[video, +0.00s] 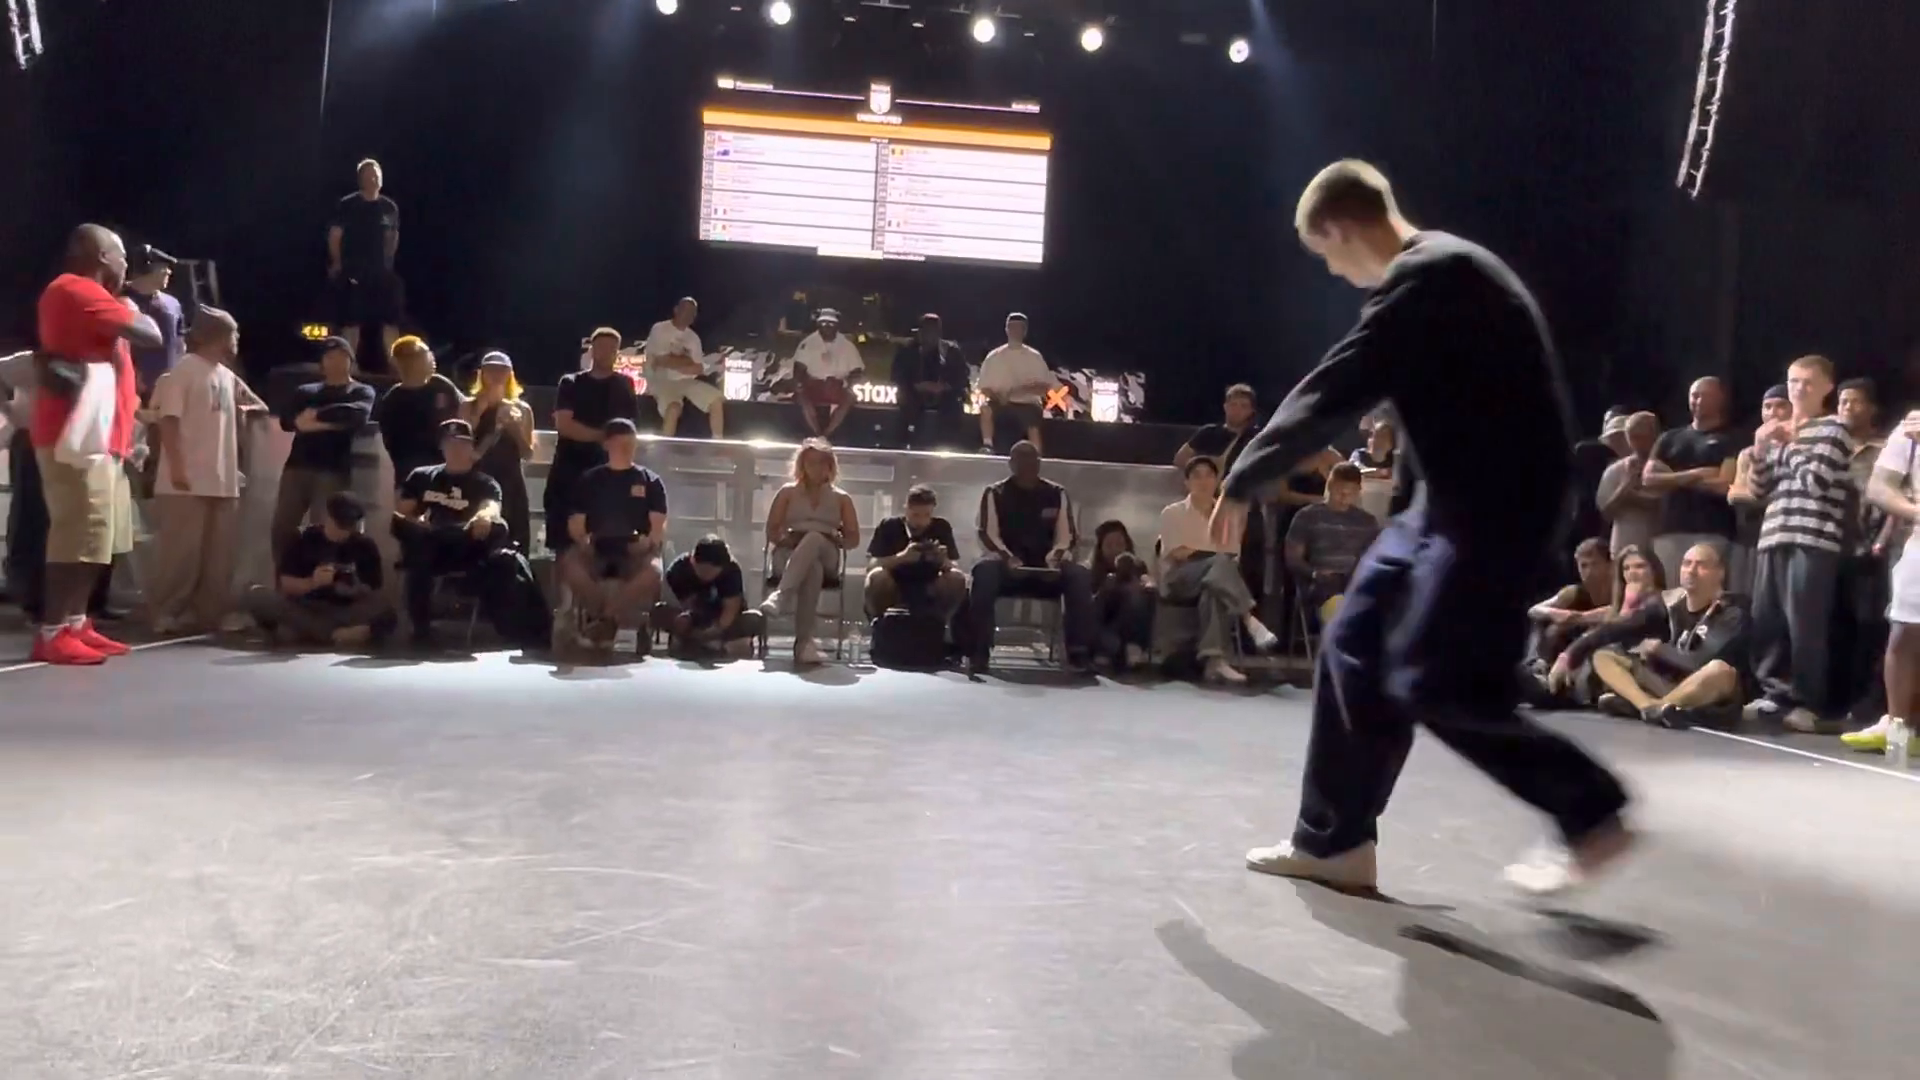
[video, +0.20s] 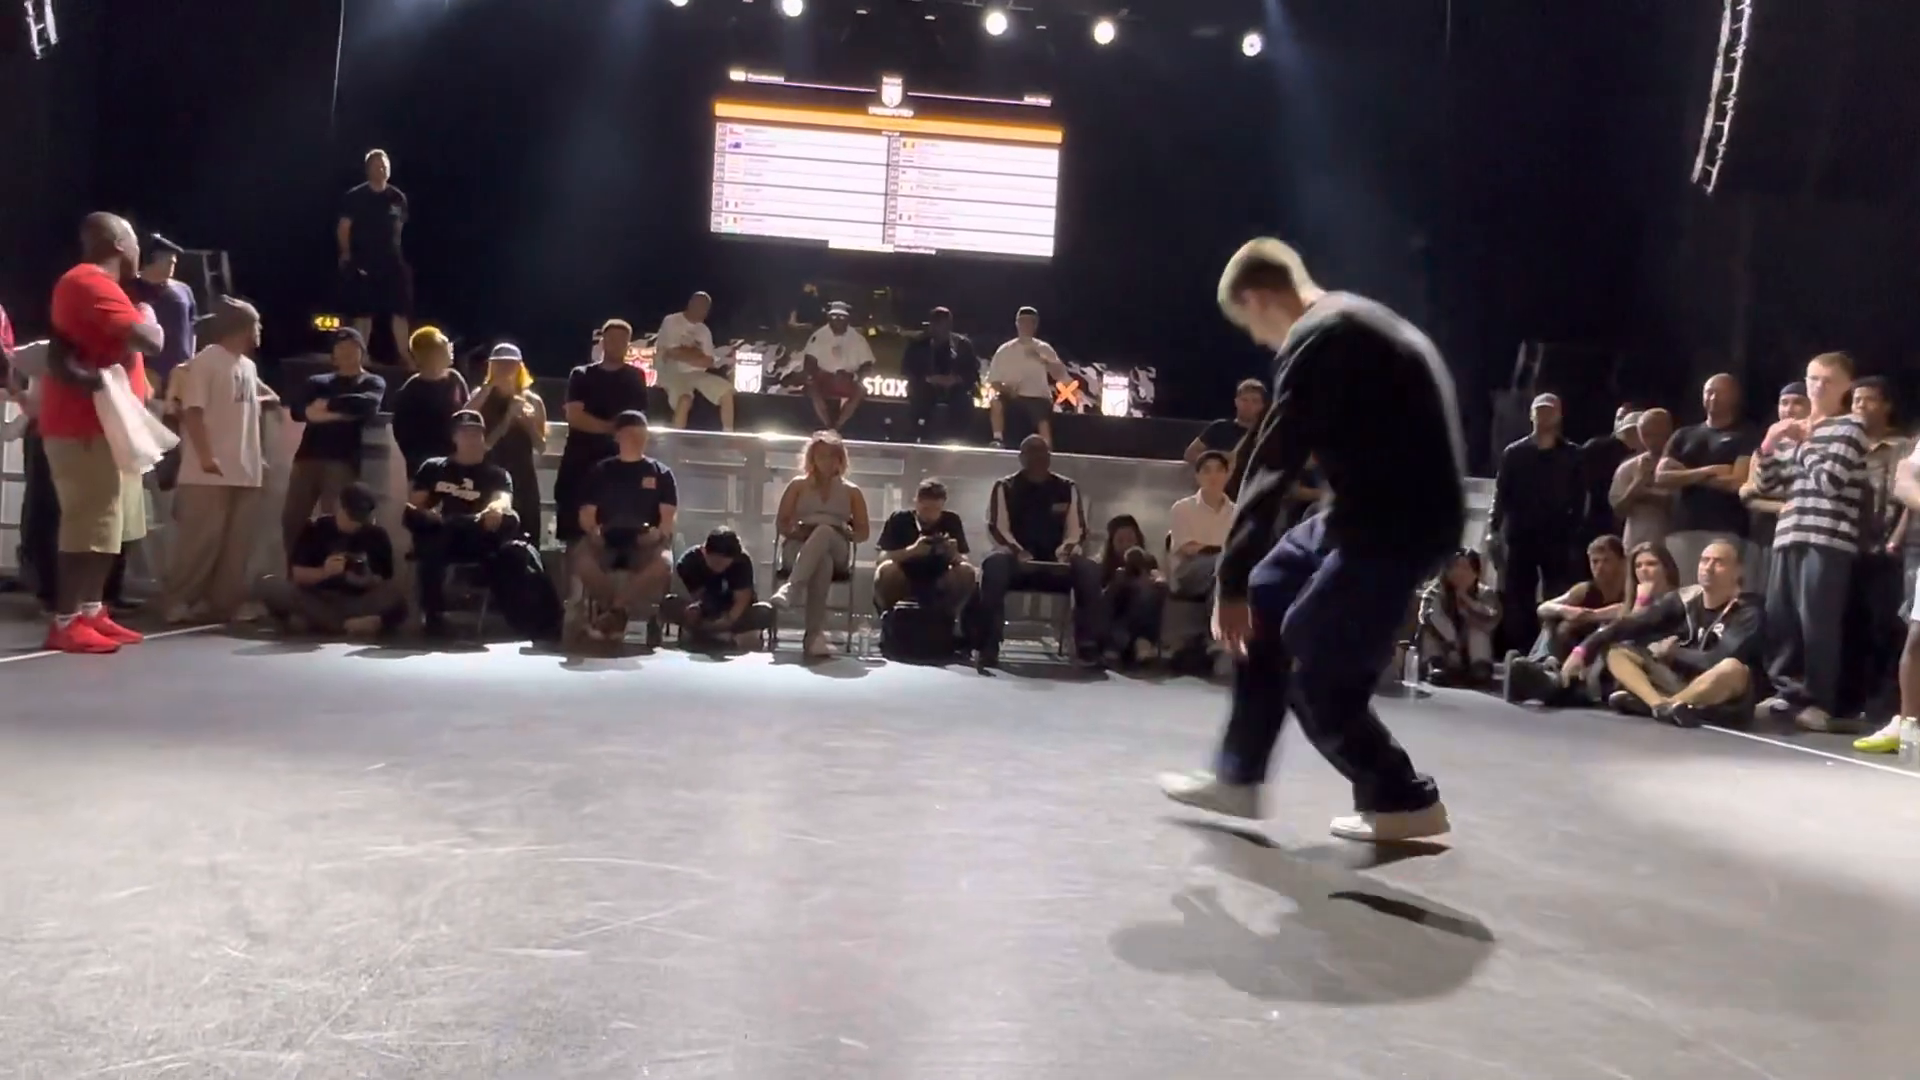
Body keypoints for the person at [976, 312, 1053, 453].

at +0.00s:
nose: (1015, 331)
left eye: (1019, 327)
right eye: (1011, 327)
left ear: (1025, 331)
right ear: (1006, 330)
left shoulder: (1034, 356)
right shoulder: (993, 356)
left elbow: (1045, 386)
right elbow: (983, 386)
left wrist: (1021, 390)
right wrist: (994, 396)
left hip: (1026, 403)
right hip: (1001, 402)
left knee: (1032, 416)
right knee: (985, 409)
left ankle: (1036, 458)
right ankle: (987, 446)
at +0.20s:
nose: (1026, 326)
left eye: (1030, 322)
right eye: (1022, 321)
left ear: (1036, 325)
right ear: (1017, 324)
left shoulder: (1044, 348)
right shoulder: (1004, 350)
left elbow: (1060, 374)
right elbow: (993, 380)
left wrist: (1042, 359)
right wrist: (1004, 389)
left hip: (1038, 396)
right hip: (1013, 394)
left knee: (1042, 419)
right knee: (996, 402)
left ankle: (1047, 453)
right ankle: (997, 440)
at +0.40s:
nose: (1036, 318)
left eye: (1040, 314)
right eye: (1032, 314)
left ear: (1046, 318)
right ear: (1026, 317)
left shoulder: (1052, 341)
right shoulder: (1014, 343)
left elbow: (1066, 355)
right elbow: (1002, 373)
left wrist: (1051, 339)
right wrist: (1014, 383)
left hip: (1047, 390)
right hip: (1022, 388)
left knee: (1052, 413)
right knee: (1005, 396)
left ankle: (1055, 448)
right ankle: (1006, 433)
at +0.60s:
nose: (1045, 315)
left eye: (1048, 311)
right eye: (1041, 311)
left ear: (1054, 314)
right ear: (1034, 314)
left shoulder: (1061, 338)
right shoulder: (1021, 340)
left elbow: (1075, 354)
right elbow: (1009, 369)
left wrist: (1057, 333)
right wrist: (1022, 380)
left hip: (1054, 387)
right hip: (1029, 387)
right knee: (1012, 391)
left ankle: (1062, 439)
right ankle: (1014, 430)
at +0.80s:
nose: (1048, 312)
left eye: (1052, 308)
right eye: (1045, 308)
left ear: (1059, 312)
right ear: (1039, 310)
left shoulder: (1065, 335)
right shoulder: (1026, 337)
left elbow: (1082, 349)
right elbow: (1014, 367)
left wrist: (1061, 328)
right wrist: (1026, 377)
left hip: (1060, 388)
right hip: (1035, 388)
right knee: (1016, 389)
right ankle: (1018, 427)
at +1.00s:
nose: (1048, 314)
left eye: (1052, 310)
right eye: (1045, 309)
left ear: (1061, 311)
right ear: (1041, 311)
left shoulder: (1068, 333)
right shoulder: (1030, 337)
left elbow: (1084, 346)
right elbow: (1018, 366)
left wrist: (1069, 333)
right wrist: (1030, 376)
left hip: (1065, 388)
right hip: (1039, 390)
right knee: (1019, 387)